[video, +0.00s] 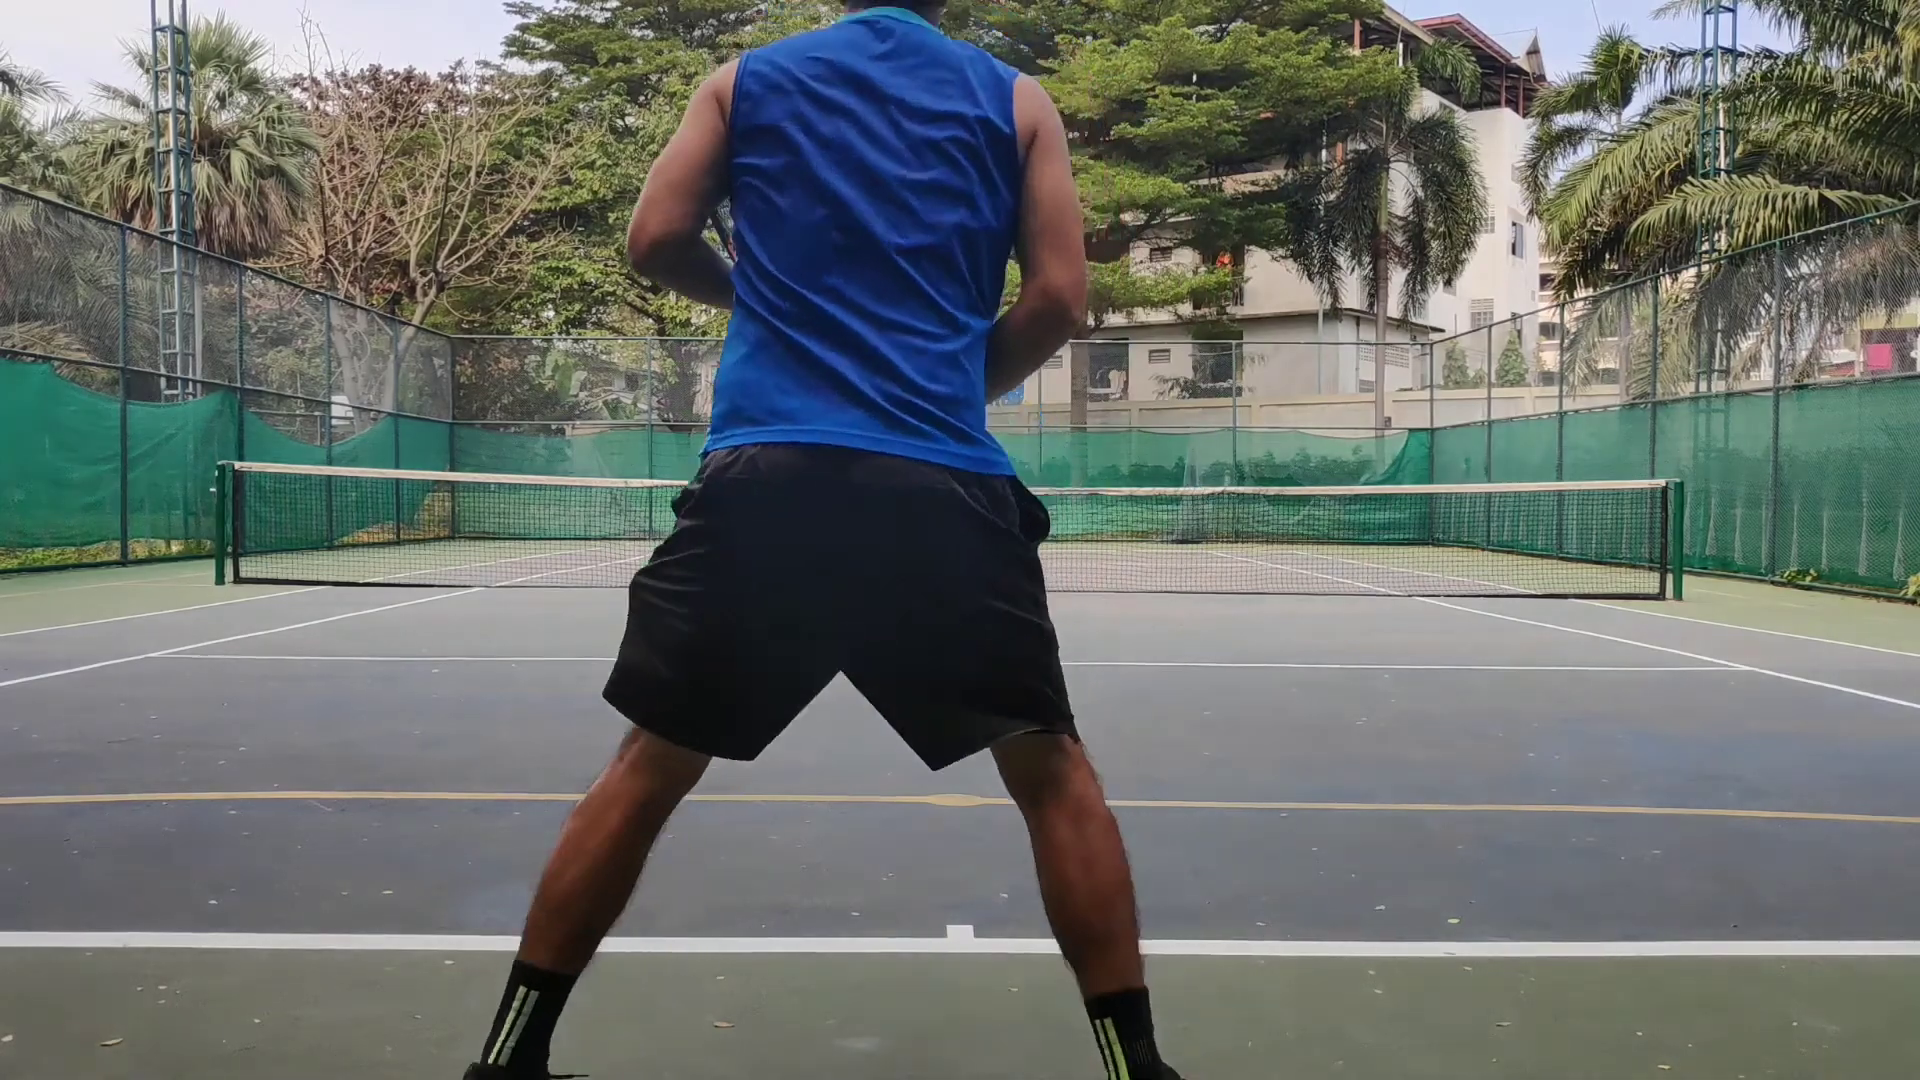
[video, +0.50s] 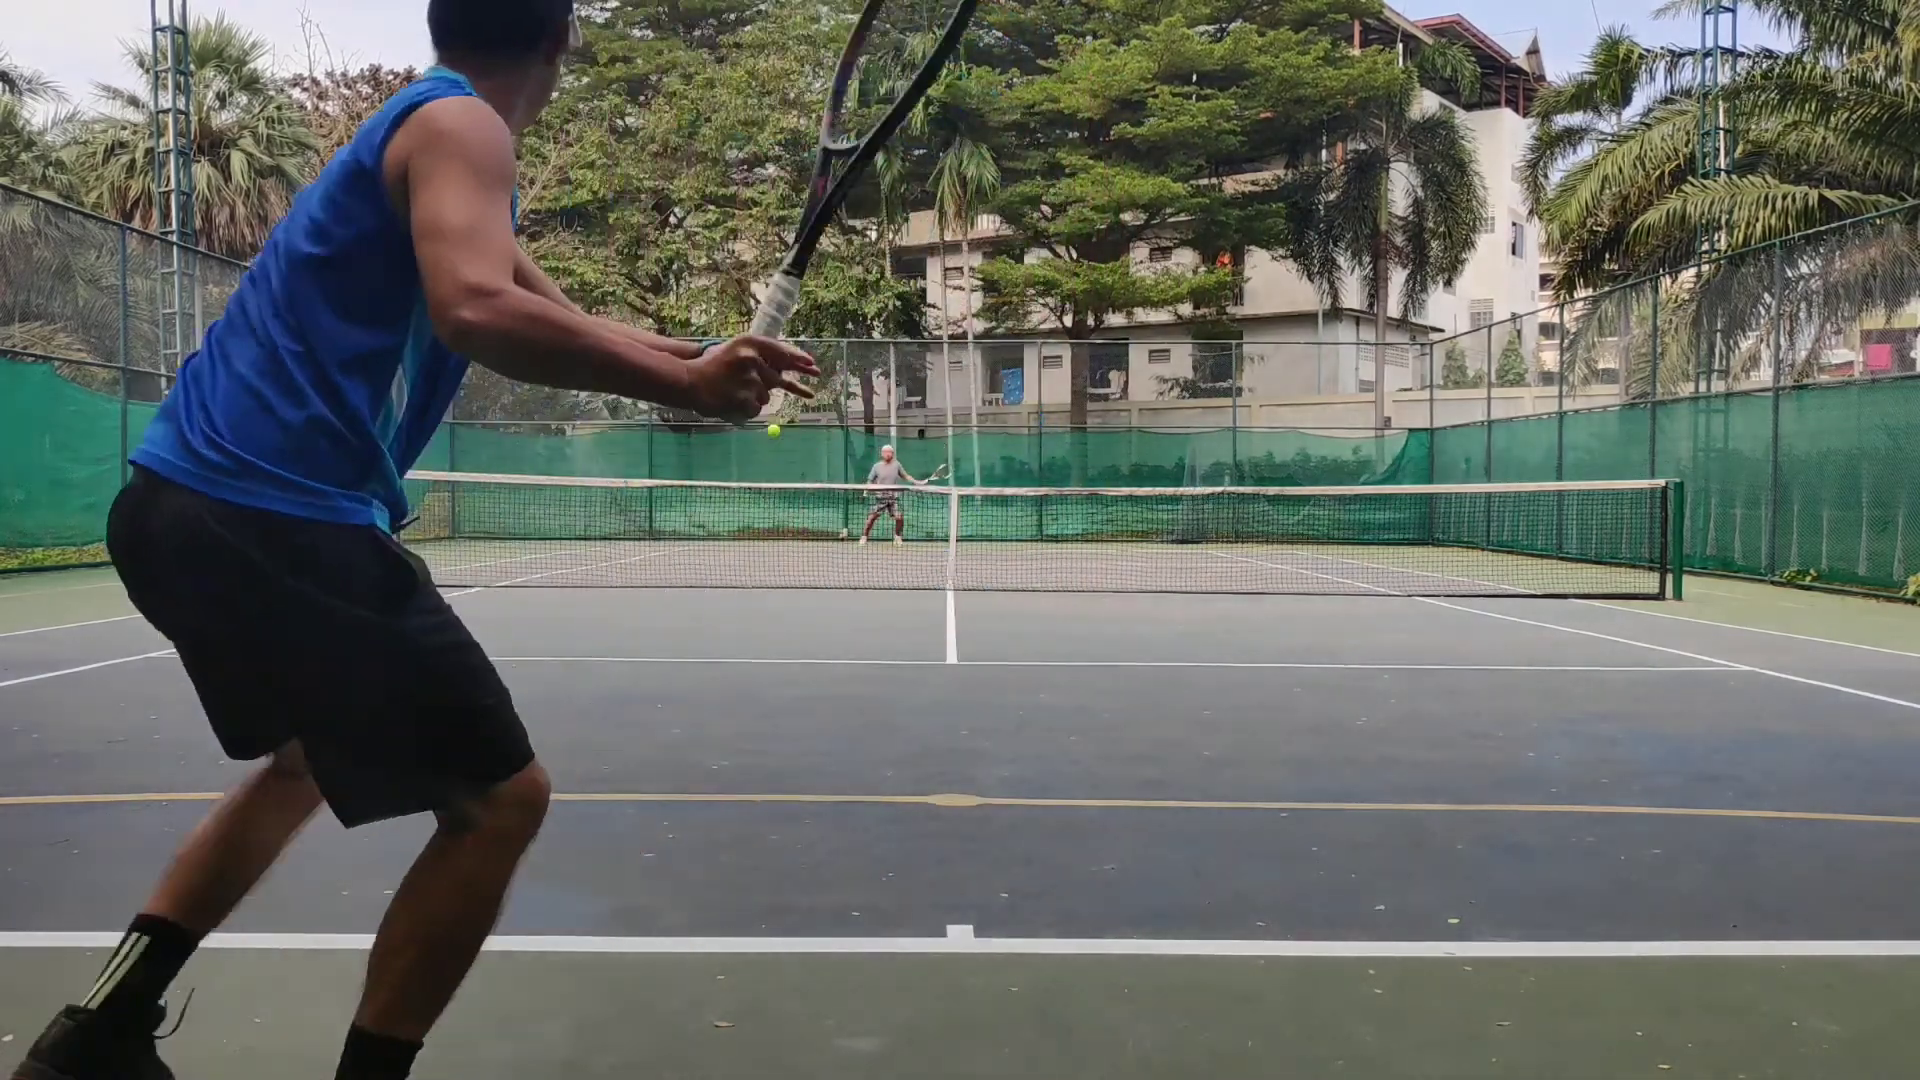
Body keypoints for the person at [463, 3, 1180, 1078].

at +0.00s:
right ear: (942, 2)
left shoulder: (748, 78)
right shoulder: (1017, 98)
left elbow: (657, 238)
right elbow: (1061, 299)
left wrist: (751, 288)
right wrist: (961, 375)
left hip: (762, 491)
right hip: (943, 500)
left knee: (644, 775)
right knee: (1055, 780)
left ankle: (510, 1050)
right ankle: (1137, 1062)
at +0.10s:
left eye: (802, 39)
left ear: (795, 57)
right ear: (908, 66)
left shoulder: (708, 165)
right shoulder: (972, 178)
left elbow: (610, 338)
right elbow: (1010, 382)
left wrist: (706, 385)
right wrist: (928, 464)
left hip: (717, 566)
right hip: (899, 582)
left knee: (630, 799)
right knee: (1028, 822)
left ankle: (529, 1061)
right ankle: (1120, 1072)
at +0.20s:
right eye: (849, 97)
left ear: (718, 80)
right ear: (836, 96)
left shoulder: (629, 184)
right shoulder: (860, 195)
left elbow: (557, 382)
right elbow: (882, 389)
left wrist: (652, 447)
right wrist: (832, 518)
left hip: (597, 576)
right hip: (775, 587)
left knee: (598, 808)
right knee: (943, 835)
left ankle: (547, 1063)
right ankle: (1098, 1066)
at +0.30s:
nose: (756, 85)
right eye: (755, 65)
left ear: (636, 53)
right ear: (747, 67)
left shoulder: (563, 149)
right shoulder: (721, 160)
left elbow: (579, 371)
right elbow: (734, 360)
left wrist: (732, 416)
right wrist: (747, 512)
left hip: (440, 527)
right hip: (596, 533)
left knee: (558, 783)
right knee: (803, 777)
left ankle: (542, 1064)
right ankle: (872, 1067)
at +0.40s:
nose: (672, 52)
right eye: (673, 37)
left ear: (551, 28)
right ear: (663, 37)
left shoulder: (498, 120)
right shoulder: (598, 125)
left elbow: (576, 354)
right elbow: (611, 332)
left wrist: (732, 389)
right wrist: (733, 467)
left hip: (295, 475)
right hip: (421, 488)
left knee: (440, 740)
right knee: (635, 760)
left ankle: (441, 1033)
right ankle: (478, 1048)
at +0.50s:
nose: (568, 63)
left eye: (566, 45)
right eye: (570, 42)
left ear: (447, 32)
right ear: (558, 44)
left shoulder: (404, 126)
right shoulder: (460, 126)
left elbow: (529, 305)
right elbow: (475, 306)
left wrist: (689, 367)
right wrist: (676, 378)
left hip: (178, 500)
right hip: (287, 523)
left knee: (316, 750)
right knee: (502, 801)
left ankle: (111, 1021)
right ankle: (370, 1070)